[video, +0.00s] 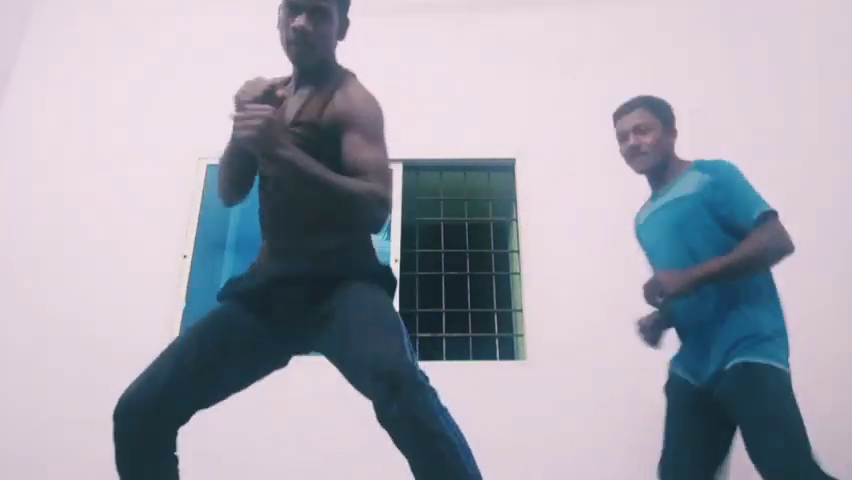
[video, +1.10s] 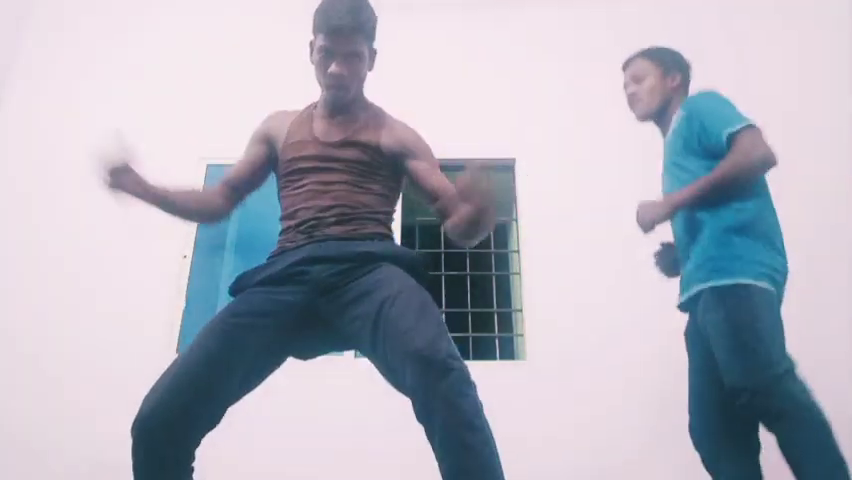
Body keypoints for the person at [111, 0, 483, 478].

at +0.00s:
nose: (301, 24)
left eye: (318, 15)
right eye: (292, 13)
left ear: (342, 28)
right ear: (280, 25)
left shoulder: (354, 101)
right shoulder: (258, 95)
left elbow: (377, 205)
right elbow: (229, 192)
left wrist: (283, 150)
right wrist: (244, 137)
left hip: (347, 291)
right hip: (269, 292)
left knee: (397, 384)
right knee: (139, 413)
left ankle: (463, 479)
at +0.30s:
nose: (298, 69)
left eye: (313, 58)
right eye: (288, 56)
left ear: (337, 61)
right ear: (275, 58)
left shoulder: (364, 131)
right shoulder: (256, 135)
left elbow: (412, 235)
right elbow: (228, 224)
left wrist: (356, 193)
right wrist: (226, 148)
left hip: (352, 292)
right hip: (273, 296)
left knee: (414, 377)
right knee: (140, 421)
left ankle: (470, 478)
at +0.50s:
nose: (308, 78)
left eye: (322, 66)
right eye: (299, 65)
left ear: (343, 68)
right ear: (284, 64)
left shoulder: (372, 138)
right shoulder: (259, 134)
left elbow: (419, 241)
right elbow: (218, 209)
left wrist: (403, 196)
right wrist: (202, 139)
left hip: (354, 291)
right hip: (271, 292)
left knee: (420, 378)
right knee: (147, 424)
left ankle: (471, 475)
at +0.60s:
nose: (310, 80)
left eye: (324, 68)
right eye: (302, 67)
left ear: (348, 68)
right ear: (288, 62)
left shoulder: (376, 138)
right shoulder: (262, 132)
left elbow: (427, 219)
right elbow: (185, 177)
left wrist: (453, 187)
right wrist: (132, 124)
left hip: (357, 293)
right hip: (273, 296)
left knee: (427, 382)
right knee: (146, 424)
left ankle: (474, 478)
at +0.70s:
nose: (319, 77)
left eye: (333, 65)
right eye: (310, 64)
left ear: (357, 63)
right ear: (297, 59)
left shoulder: (389, 141)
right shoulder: (265, 124)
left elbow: (463, 200)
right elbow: (173, 159)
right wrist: (92, 118)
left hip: (361, 297)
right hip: (271, 300)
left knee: (437, 377)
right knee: (142, 426)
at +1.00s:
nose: (335, 71)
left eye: (348, 59)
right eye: (324, 57)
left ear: (368, 61)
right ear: (306, 55)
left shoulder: (395, 139)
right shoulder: (274, 126)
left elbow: (463, 212)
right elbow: (195, 183)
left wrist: (536, 179)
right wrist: (103, 137)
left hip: (370, 283)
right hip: (280, 287)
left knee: (445, 374)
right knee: (151, 426)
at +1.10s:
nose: (337, 67)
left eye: (351, 56)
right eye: (327, 54)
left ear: (371, 58)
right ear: (312, 54)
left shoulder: (397, 135)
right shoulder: (279, 127)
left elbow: (458, 227)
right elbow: (218, 201)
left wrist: (475, 211)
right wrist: (145, 190)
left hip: (372, 273)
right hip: (286, 279)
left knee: (439, 370)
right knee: (159, 423)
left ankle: (481, 476)